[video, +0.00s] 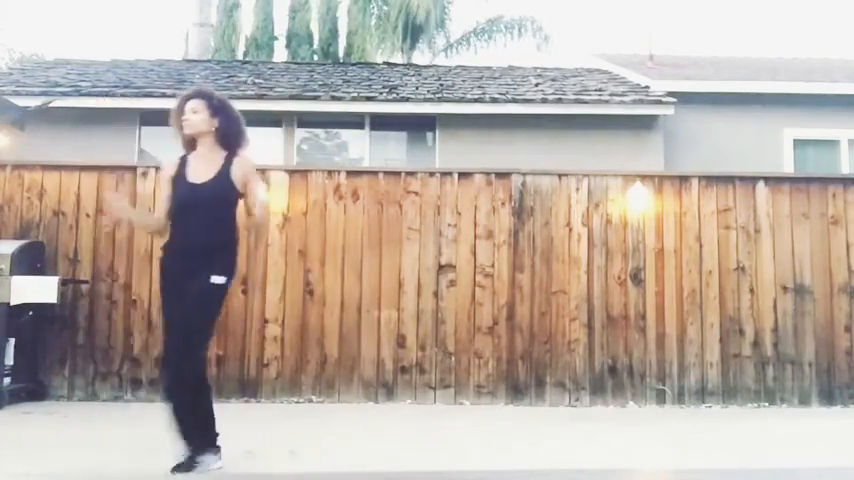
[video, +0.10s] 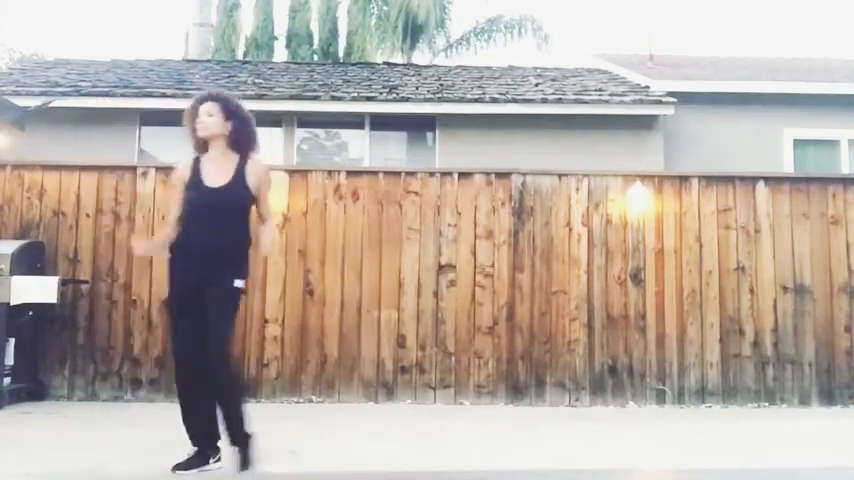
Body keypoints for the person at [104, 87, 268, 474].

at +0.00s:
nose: (188, 118)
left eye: (196, 112)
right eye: (185, 114)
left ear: (217, 118)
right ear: (182, 122)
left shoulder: (238, 163)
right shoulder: (175, 165)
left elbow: (259, 222)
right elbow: (158, 223)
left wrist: (260, 203)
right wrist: (126, 212)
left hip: (215, 264)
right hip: (175, 262)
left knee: (186, 353)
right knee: (177, 355)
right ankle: (198, 447)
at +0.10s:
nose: (203, 122)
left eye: (211, 116)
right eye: (200, 117)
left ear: (230, 123)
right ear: (195, 125)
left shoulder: (252, 168)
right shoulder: (188, 168)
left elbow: (265, 217)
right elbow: (175, 222)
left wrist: (267, 237)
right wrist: (153, 245)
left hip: (226, 273)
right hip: (185, 272)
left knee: (214, 356)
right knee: (187, 359)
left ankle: (240, 439)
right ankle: (204, 445)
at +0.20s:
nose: (219, 123)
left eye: (227, 117)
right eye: (214, 119)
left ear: (244, 124)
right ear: (209, 128)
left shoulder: (267, 171)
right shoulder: (200, 168)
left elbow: (275, 225)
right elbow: (185, 222)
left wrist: (272, 268)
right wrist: (175, 264)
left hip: (243, 274)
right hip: (198, 272)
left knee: (257, 356)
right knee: (195, 358)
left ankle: (278, 443)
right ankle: (206, 446)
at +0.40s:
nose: (268, 123)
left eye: (273, 118)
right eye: (259, 119)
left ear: (282, 128)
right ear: (245, 129)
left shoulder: (295, 170)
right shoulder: (232, 172)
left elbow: (302, 230)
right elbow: (213, 231)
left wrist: (304, 281)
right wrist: (211, 287)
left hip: (281, 277)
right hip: (238, 277)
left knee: (295, 365)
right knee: (219, 362)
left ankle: (324, 446)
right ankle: (207, 447)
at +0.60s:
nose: (308, 125)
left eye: (310, 120)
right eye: (298, 120)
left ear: (314, 128)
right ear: (282, 129)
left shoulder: (324, 173)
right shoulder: (269, 172)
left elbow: (332, 232)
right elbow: (249, 231)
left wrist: (350, 276)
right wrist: (268, 283)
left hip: (329, 279)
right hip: (291, 279)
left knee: (329, 368)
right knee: (263, 363)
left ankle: (331, 451)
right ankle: (223, 442)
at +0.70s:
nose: (323, 125)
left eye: (325, 120)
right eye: (314, 120)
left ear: (328, 128)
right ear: (297, 128)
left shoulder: (335, 170)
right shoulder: (286, 172)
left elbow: (339, 225)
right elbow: (260, 227)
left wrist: (361, 257)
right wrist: (294, 265)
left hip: (344, 275)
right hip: (309, 278)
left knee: (340, 366)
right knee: (295, 367)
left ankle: (333, 451)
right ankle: (255, 442)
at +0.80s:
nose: (335, 125)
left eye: (336, 121)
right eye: (325, 121)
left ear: (340, 128)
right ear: (308, 129)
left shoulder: (344, 168)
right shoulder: (297, 171)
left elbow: (348, 219)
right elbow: (269, 223)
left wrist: (364, 241)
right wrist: (316, 244)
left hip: (355, 274)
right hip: (325, 276)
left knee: (354, 362)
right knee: (336, 361)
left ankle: (336, 448)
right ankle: (310, 437)